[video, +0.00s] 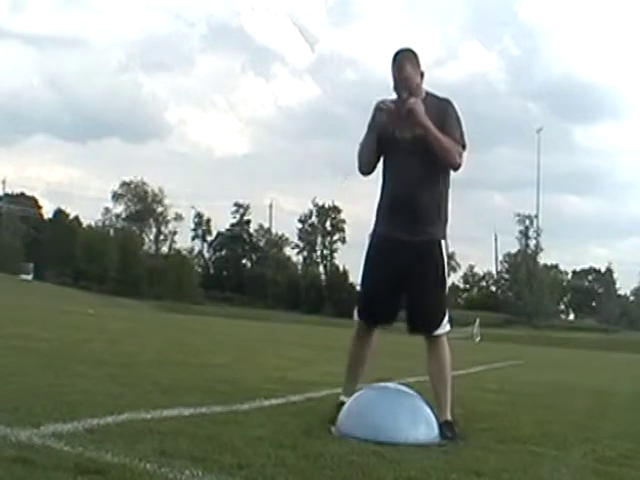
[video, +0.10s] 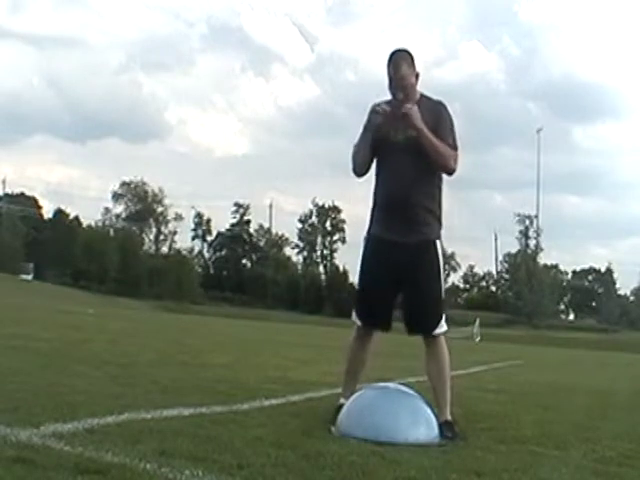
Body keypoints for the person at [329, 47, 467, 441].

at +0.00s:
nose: (402, 88)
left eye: (407, 81)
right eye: (397, 83)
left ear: (422, 76)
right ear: (392, 81)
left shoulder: (442, 109)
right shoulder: (384, 112)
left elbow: (455, 160)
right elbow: (365, 166)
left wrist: (422, 121)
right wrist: (379, 123)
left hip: (428, 237)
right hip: (386, 235)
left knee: (435, 332)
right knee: (365, 324)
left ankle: (444, 418)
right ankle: (347, 403)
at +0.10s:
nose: (399, 88)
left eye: (404, 81)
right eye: (393, 83)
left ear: (418, 77)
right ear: (388, 82)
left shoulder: (436, 111)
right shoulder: (379, 113)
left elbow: (450, 164)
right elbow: (359, 167)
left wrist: (417, 126)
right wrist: (375, 125)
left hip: (424, 237)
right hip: (382, 235)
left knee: (433, 332)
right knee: (366, 326)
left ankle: (444, 418)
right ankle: (345, 404)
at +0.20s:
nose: (394, 85)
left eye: (399, 78)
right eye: (388, 79)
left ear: (411, 75)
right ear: (382, 79)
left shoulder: (431, 110)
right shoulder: (374, 113)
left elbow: (447, 166)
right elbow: (354, 168)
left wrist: (414, 135)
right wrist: (371, 129)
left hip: (420, 236)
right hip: (378, 235)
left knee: (433, 328)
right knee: (363, 326)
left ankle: (444, 417)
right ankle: (345, 405)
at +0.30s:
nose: (392, 85)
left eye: (397, 78)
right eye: (387, 79)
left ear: (409, 76)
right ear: (379, 80)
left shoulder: (430, 109)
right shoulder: (369, 115)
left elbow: (447, 164)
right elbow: (352, 168)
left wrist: (412, 132)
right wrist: (366, 130)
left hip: (420, 235)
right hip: (378, 235)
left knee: (437, 326)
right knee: (363, 326)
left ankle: (444, 416)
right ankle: (346, 405)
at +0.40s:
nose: (394, 86)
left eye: (399, 80)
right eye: (389, 81)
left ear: (412, 77)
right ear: (383, 81)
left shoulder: (433, 109)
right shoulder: (373, 115)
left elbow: (450, 165)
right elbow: (354, 167)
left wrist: (417, 131)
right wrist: (364, 132)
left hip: (423, 237)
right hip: (380, 236)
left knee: (438, 328)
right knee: (363, 327)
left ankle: (446, 417)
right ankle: (346, 404)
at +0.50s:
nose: (403, 97)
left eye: (408, 89)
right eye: (397, 91)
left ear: (422, 81)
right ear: (390, 86)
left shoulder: (440, 114)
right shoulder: (382, 110)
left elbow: (457, 174)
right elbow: (356, 165)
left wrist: (427, 144)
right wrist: (367, 136)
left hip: (426, 238)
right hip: (383, 237)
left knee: (441, 328)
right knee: (365, 329)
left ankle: (447, 418)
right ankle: (345, 405)